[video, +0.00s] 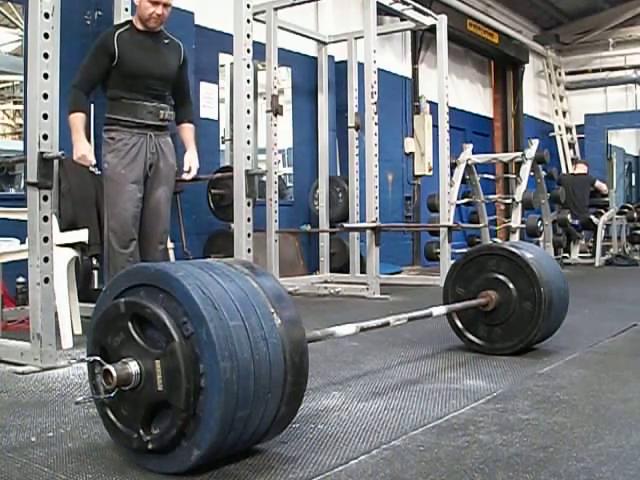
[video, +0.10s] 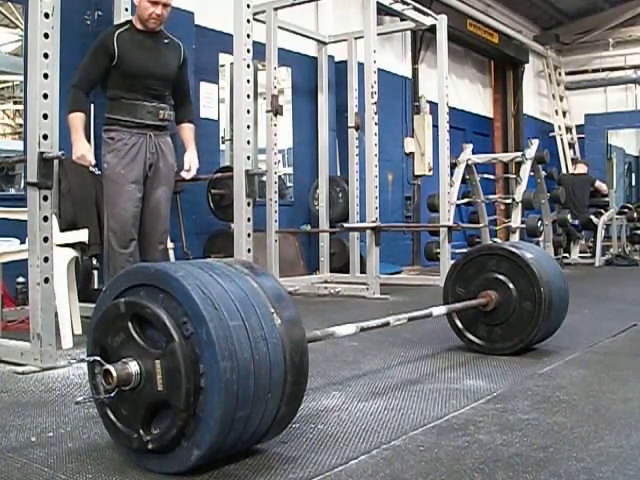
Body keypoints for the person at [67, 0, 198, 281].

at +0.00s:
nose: (159, 11)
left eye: (165, 6)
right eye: (153, 3)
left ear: (170, 9)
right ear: (137, 2)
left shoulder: (176, 49)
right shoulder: (113, 39)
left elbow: (183, 104)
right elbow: (79, 91)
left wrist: (191, 149)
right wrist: (79, 141)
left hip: (163, 143)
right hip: (123, 141)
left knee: (157, 233)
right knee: (123, 230)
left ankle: (159, 306)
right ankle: (122, 307)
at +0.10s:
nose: (158, 11)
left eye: (165, 6)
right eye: (152, 3)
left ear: (170, 10)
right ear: (136, 2)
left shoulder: (176, 49)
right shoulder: (113, 39)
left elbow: (183, 104)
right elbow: (79, 90)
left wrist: (191, 149)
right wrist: (79, 141)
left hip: (163, 143)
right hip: (122, 141)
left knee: (157, 233)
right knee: (122, 230)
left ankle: (159, 305)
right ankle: (122, 306)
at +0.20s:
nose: (157, 11)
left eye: (164, 6)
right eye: (151, 4)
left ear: (169, 9)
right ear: (136, 2)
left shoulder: (176, 49)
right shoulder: (113, 39)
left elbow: (183, 103)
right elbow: (78, 91)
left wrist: (191, 148)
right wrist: (78, 140)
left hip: (163, 143)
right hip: (122, 141)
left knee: (157, 233)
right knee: (122, 231)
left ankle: (159, 306)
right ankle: (122, 307)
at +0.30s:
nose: (157, 11)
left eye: (164, 6)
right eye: (151, 4)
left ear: (169, 9)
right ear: (135, 2)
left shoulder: (175, 49)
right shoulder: (112, 39)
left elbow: (183, 103)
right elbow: (78, 91)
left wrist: (191, 148)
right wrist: (78, 141)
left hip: (162, 143)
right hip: (122, 141)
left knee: (157, 233)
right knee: (122, 230)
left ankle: (159, 305)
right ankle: (121, 307)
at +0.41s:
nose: (156, 11)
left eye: (163, 6)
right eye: (150, 4)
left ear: (168, 9)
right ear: (135, 3)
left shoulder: (175, 48)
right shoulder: (112, 39)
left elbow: (183, 103)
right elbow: (77, 91)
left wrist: (191, 148)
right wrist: (77, 140)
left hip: (162, 143)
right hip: (122, 141)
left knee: (157, 233)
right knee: (122, 231)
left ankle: (159, 306)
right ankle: (121, 307)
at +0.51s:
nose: (156, 11)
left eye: (162, 6)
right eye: (149, 4)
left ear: (167, 9)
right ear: (134, 3)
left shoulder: (175, 48)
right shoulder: (112, 39)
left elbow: (183, 103)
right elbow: (77, 91)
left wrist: (191, 148)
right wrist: (77, 141)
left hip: (162, 143)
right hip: (122, 141)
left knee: (157, 232)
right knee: (122, 230)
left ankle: (159, 305)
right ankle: (121, 306)